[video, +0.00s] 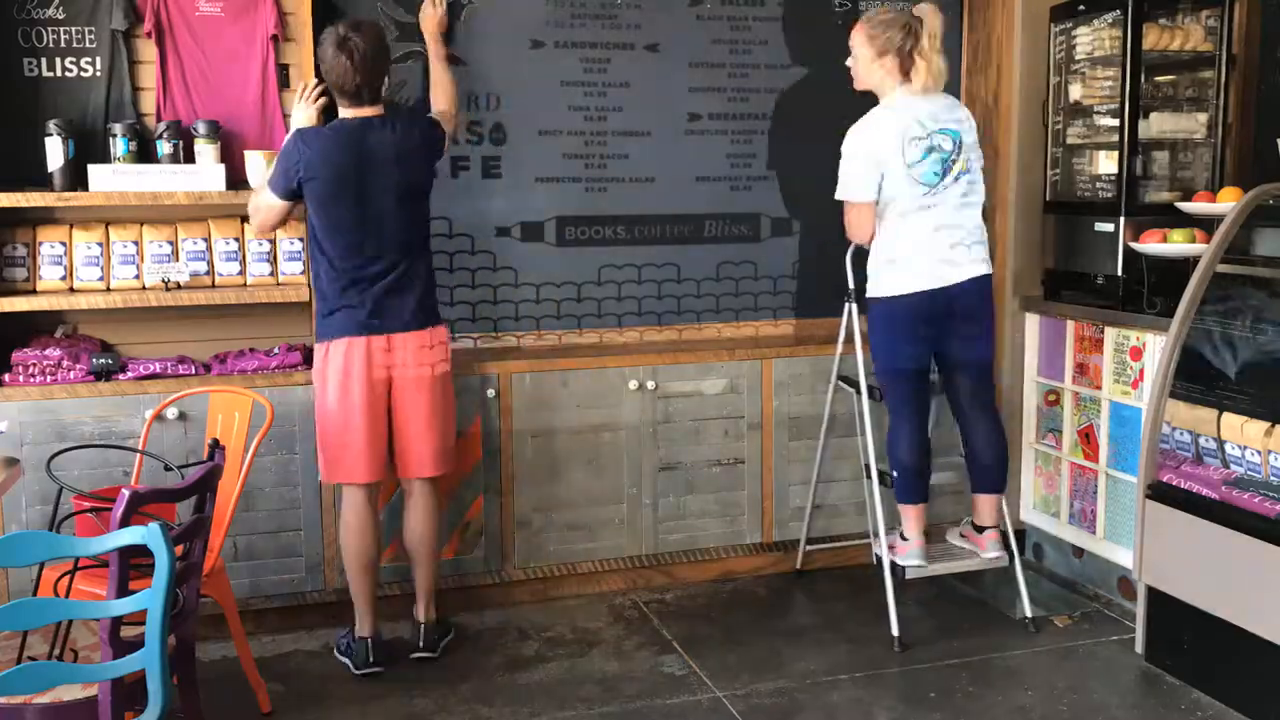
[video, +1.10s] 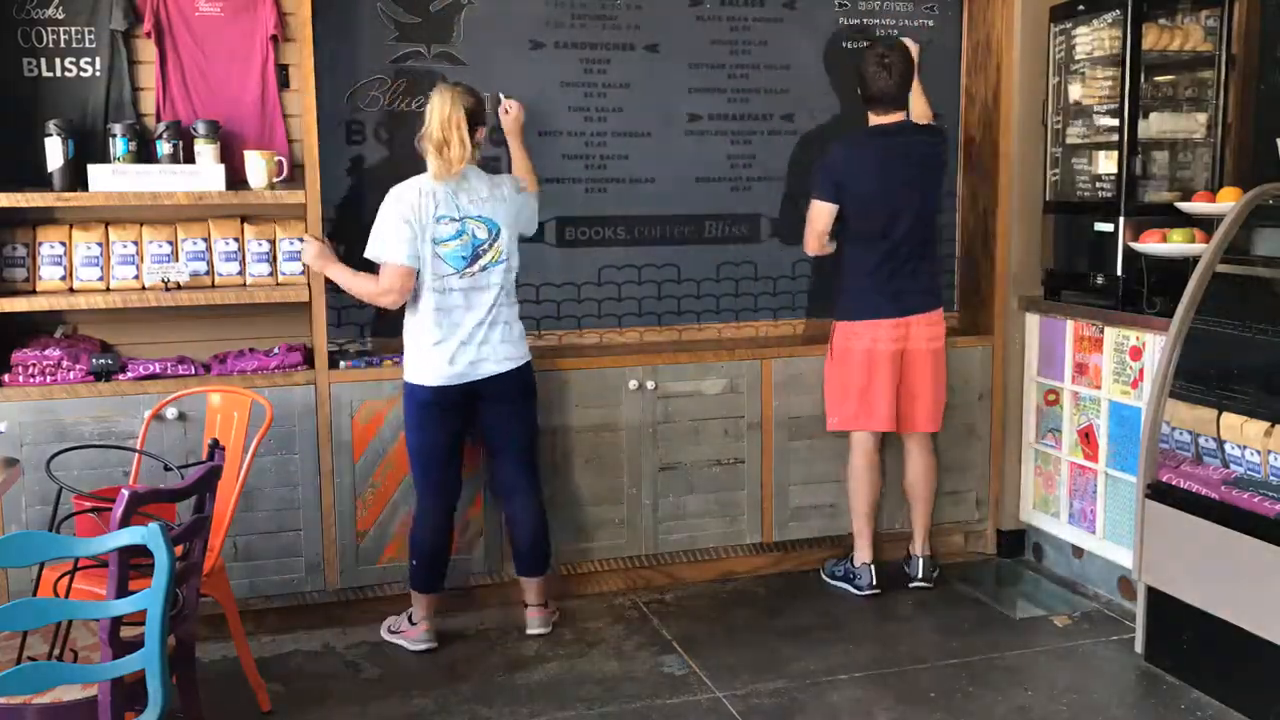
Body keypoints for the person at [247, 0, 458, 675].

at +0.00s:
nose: (325, 74)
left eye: (325, 67)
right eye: (347, 64)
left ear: (326, 76)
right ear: (387, 72)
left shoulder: (308, 147)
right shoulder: (415, 138)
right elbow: (445, 114)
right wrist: (436, 42)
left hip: (346, 338)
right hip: (419, 331)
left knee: (356, 488)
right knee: (420, 479)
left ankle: (365, 637)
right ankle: (427, 623)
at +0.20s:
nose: (293, 136)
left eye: (294, 127)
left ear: (301, 136)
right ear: (355, 132)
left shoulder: (290, 206)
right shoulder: (389, 192)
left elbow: (277, 308)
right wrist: (394, 136)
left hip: (327, 387)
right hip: (401, 375)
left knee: (339, 510)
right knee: (415, 494)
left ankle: (339, 636)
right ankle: (429, 622)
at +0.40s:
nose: (398, 134)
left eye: (396, 127)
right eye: (396, 127)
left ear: (338, 138)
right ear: (387, 135)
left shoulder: (325, 201)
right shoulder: (423, 189)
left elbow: (312, 288)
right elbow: (470, 187)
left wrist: (308, 260)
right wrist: (460, 124)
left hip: (363, 383)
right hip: (437, 372)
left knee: (362, 506)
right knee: (448, 494)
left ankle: (356, 635)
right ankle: (457, 617)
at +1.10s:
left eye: (423, 122)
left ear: (426, 131)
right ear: (475, 132)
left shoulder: (407, 199)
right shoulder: (503, 191)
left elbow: (392, 291)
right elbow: (532, 202)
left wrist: (327, 265)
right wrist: (515, 138)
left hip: (435, 378)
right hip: (506, 368)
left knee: (435, 498)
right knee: (519, 482)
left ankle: (420, 620)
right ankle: (537, 608)